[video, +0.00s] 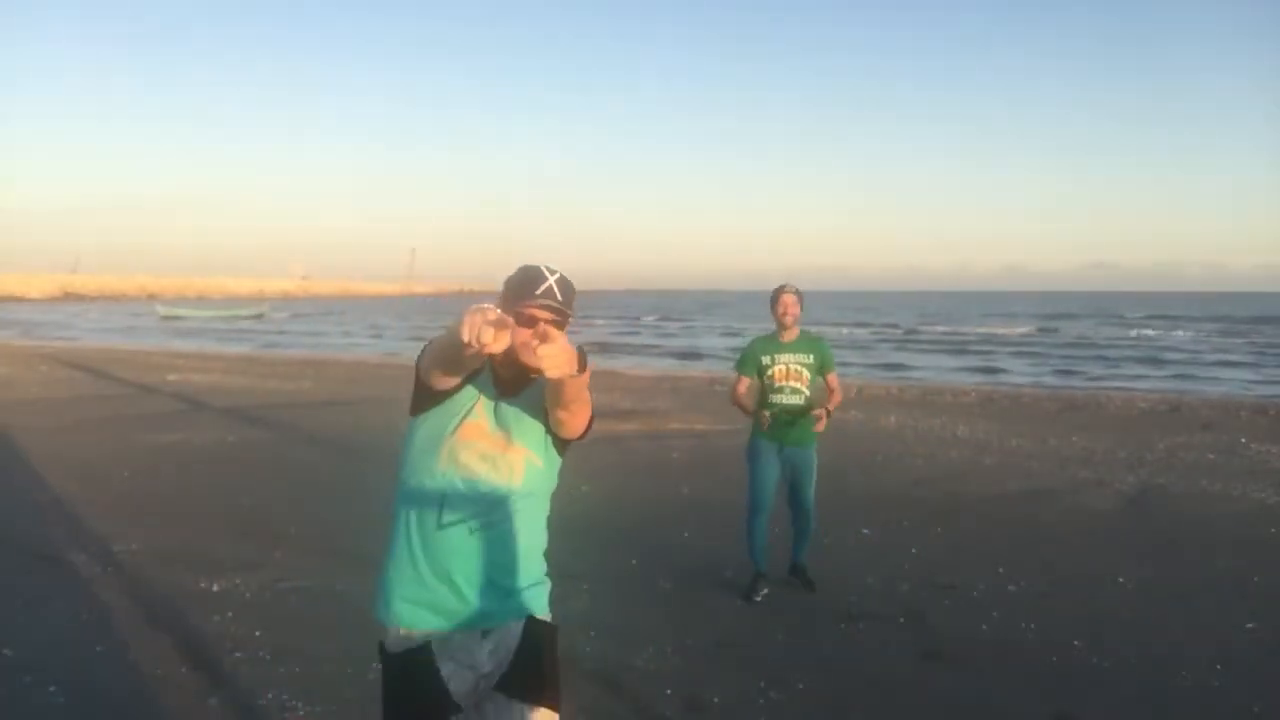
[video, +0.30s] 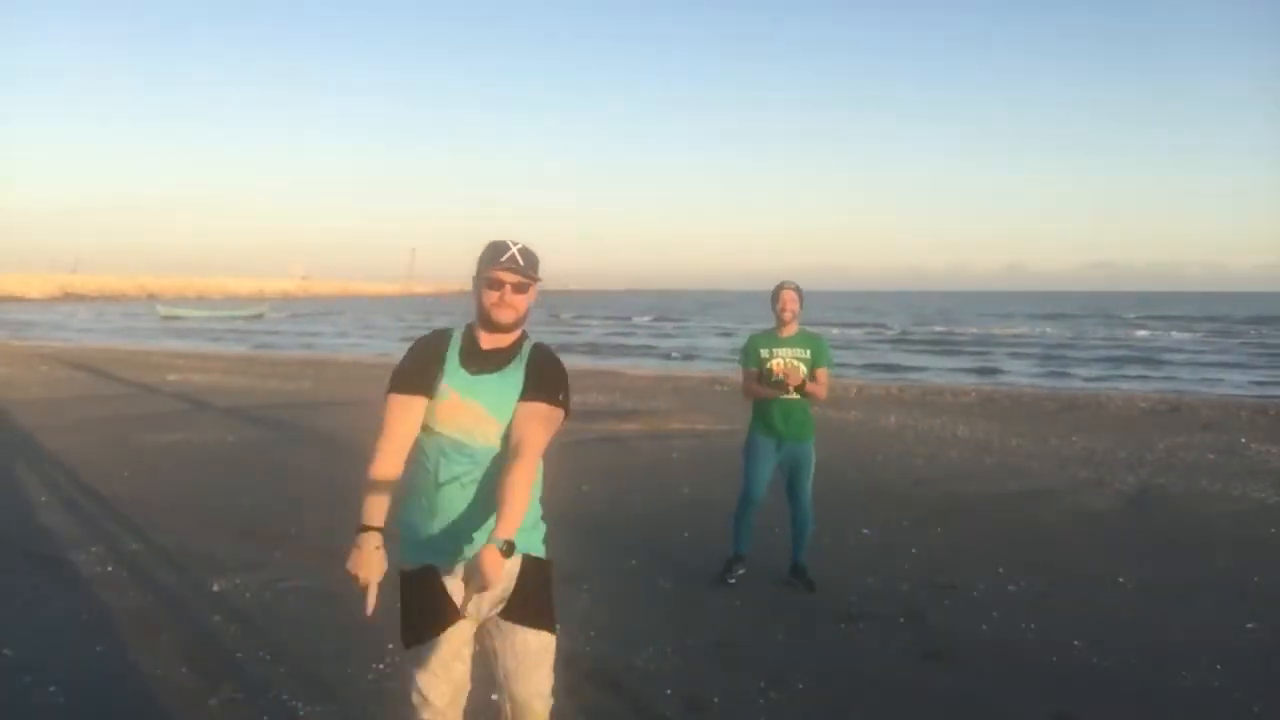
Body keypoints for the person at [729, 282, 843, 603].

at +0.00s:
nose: (786, 310)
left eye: (792, 305)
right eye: (781, 305)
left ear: (800, 310)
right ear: (773, 310)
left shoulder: (817, 348)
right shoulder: (758, 348)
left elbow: (835, 390)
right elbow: (739, 392)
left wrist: (826, 409)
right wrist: (755, 413)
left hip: (803, 437)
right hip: (767, 437)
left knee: (805, 506)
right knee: (761, 505)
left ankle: (798, 565)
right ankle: (759, 572)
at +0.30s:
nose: (784, 307)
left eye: (790, 302)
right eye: (780, 301)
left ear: (800, 306)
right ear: (773, 306)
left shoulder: (815, 344)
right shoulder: (756, 342)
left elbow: (821, 392)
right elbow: (749, 388)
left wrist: (800, 383)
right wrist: (781, 391)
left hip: (801, 432)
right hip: (764, 431)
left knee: (802, 502)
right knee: (752, 495)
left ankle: (799, 564)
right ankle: (738, 557)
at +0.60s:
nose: (760, 309)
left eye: (766, 304)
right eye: (755, 304)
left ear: (774, 309)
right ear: (748, 309)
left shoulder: (790, 343)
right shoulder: (732, 345)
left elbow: (809, 380)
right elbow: (719, 387)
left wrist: (809, 401)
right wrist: (737, 398)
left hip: (783, 433)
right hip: (747, 433)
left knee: (793, 501)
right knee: (738, 497)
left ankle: (798, 564)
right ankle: (733, 561)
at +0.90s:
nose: (747, 308)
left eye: (753, 303)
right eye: (742, 303)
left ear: (761, 306)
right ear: (735, 307)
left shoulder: (777, 340)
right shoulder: (720, 343)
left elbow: (786, 388)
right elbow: (712, 388)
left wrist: (764, 383)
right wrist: (741, 389)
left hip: (770, 430)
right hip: (734, 430)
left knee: (772, 494)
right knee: (731, 493)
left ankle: (770, 558)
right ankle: (731, 559)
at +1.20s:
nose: (750, 317)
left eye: (755, 311)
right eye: (745, 311)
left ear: (762, 312)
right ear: (735, 311)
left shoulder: (773, 343)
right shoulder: (717, 344)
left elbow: (778, 393)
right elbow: (706, 390)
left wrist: (779, 439)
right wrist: (714, 430)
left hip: (762, 435)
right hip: (728, 434)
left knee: (768, 499)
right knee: (726, 499)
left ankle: (769, 560)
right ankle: (731, 559)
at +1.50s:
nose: (749, 317)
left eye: (754, 311)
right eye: (744, 311)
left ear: (761, 314)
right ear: (735, 313)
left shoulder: (774, 344)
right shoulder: (719, 345)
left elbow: (795, 385)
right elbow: (698, 385)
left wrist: (791, 427)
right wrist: (703, 426)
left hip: (766, 435)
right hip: (728, 436)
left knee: (781, 499)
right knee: (723, 499)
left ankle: (787, 562)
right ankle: (731, 560)